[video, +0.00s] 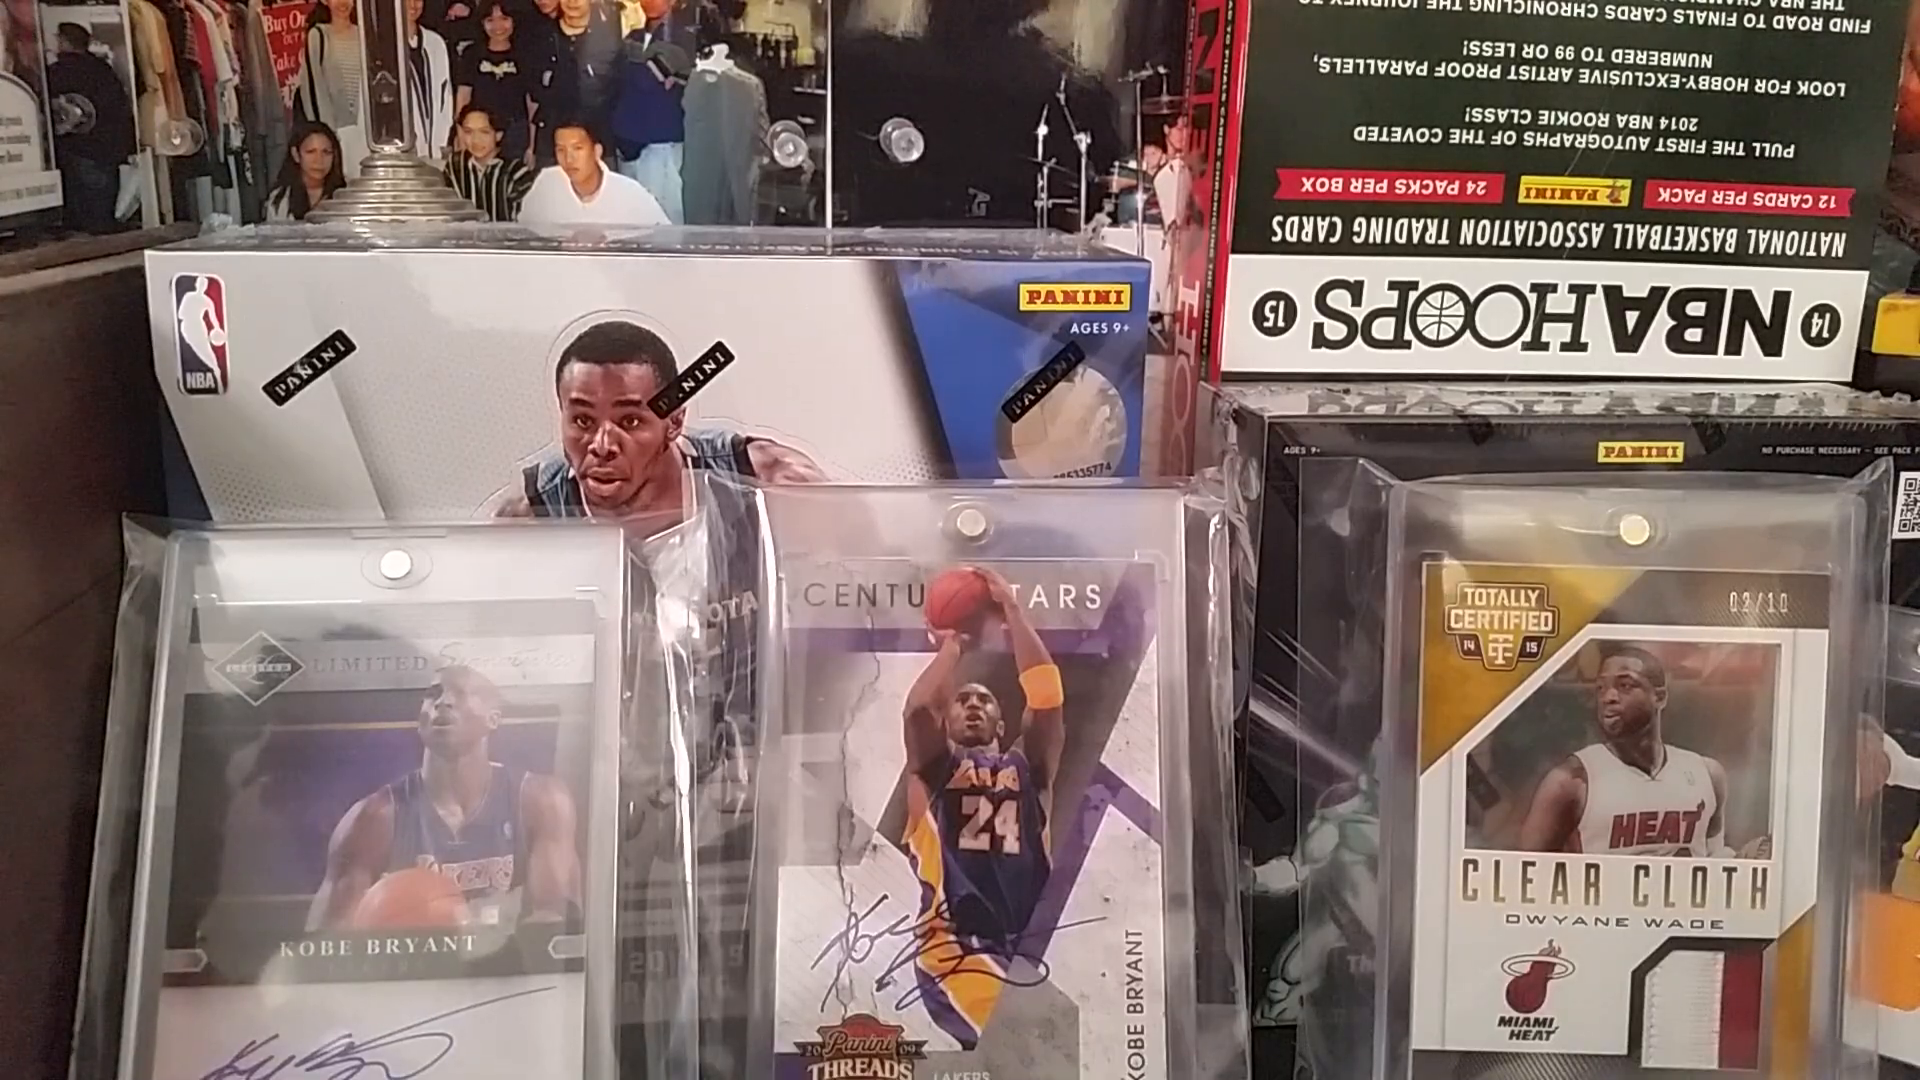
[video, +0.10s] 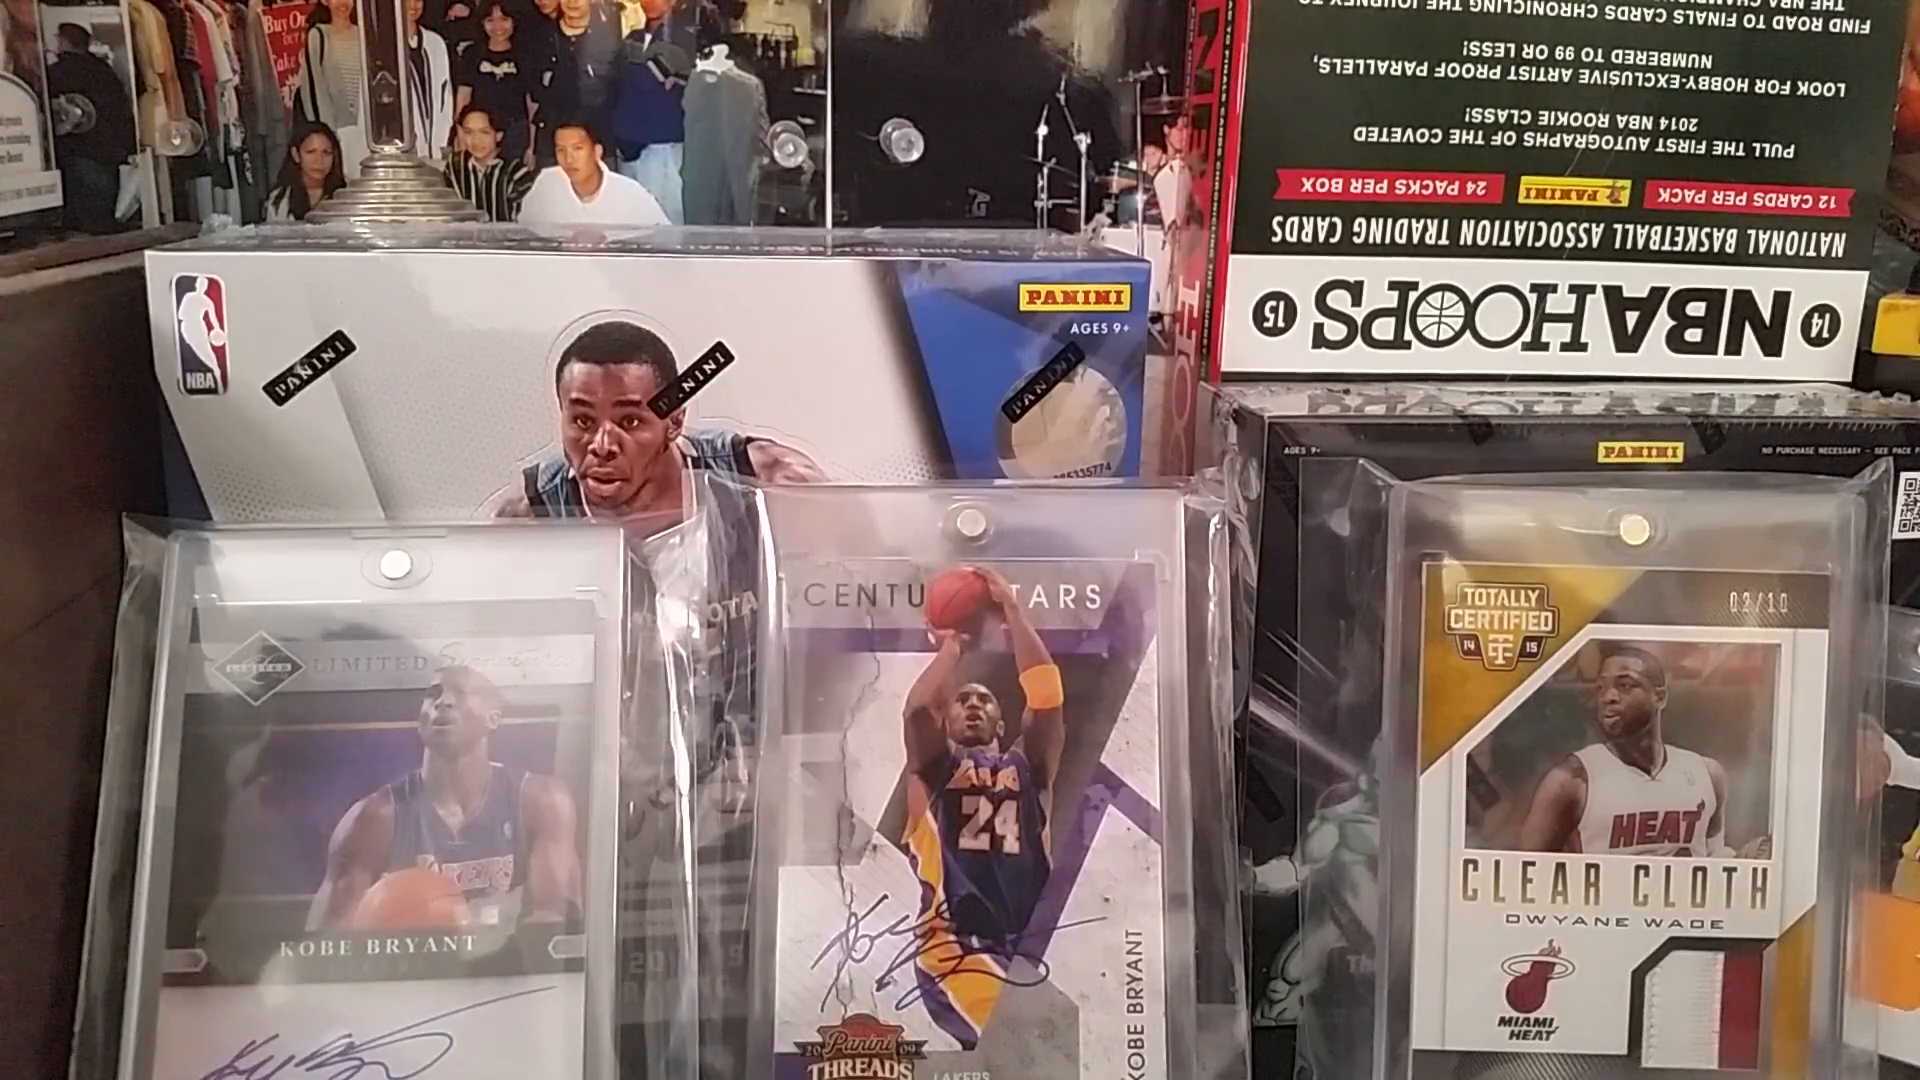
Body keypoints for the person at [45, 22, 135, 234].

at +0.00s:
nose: (57, 44)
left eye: (59, 40)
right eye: (58, 39)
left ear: (64, 42)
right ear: (86, 44)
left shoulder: (53, 73)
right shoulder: (104, 69)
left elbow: (45, 116)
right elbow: (121, 111)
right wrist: (126, 149)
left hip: (70, 152)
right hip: (105, 150)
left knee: (75, 213)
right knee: (104, 214)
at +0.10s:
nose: (57, 44)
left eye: (58, 40)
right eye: (58, 40)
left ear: (63, 43)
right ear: (86, 44)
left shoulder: (54, 73)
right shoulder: (106, 70)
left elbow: (46, 116)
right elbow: (122, 112)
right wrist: (127, 149)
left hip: (71, 155)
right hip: (106, 153)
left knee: (75, 216)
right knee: (104, 216)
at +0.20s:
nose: (57, 44)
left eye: (58, 40)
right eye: (58, 40)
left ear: (63, 43)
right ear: (87, 44)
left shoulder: (54, 73)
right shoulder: (106, 71)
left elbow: (46, 116)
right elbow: (122, 113)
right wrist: (127, 149)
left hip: (71, 154)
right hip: (107, 153)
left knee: (76, 218)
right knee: (105, 218)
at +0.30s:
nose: (57, 44)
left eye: (59, 40)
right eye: (58, 40)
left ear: (64, 43)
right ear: (86, 44)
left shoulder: (55, 72)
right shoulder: (106, 69)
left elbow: (47, 116)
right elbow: (123, 108)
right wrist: (128, 148)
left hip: (75, 155)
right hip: (108, 154)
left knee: (78, 218)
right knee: (105, 218)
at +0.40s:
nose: (62, 42)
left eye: (64, 38)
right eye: (63, 38)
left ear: (67, 41)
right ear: (90, 42)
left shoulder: (58, 71)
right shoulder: (108, 68)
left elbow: (49, 115)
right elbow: (124, 109)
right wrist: (131, 147)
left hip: (75, 152)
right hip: (110, 150)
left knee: (81, 214)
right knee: (108, 215)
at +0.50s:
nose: (71, 44)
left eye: (72, 40)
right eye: (72, 41)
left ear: (75, 42)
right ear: (100, 43)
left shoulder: (68, 73)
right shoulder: (117, 70)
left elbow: (59, 116)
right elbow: (135, 109)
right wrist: (139, 148)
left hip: (85, 152)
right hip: (119, 151)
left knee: (89, 215)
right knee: (116, 215)